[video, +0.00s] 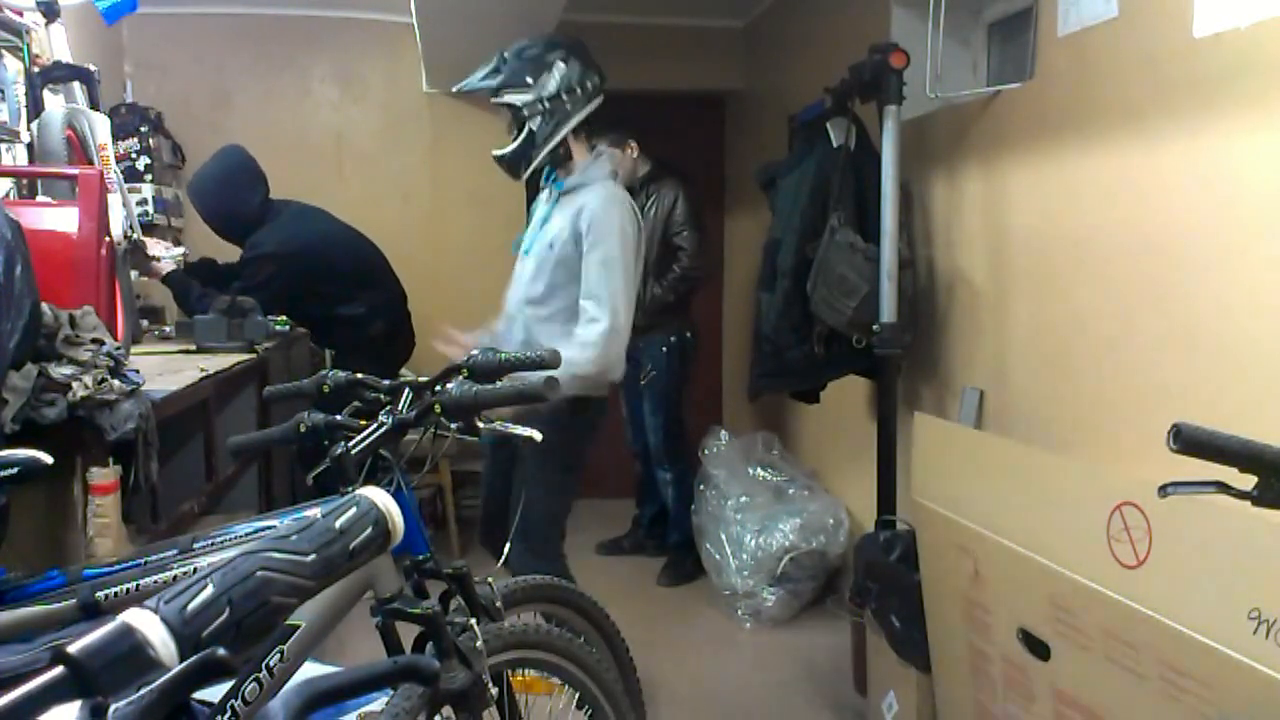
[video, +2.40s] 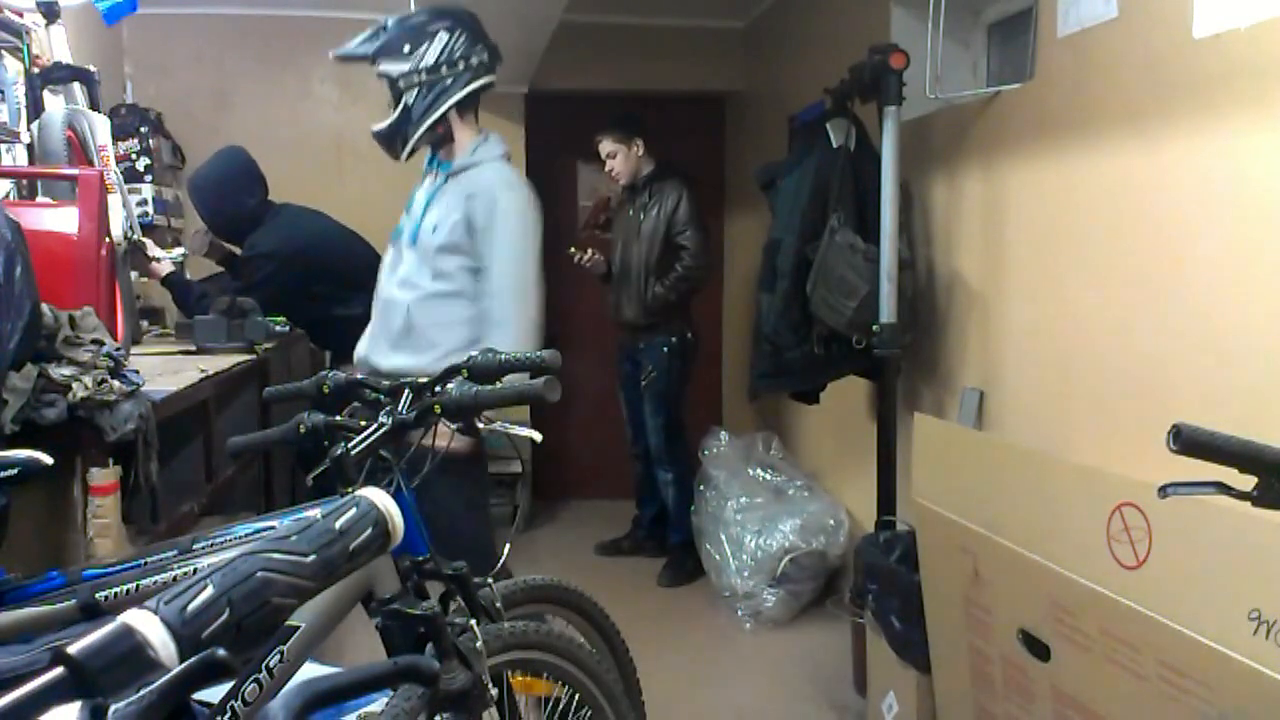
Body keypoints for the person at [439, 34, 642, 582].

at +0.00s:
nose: (509, 134)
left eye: (518, 117)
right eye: (510, 117)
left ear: (555, 116)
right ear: (557, 118)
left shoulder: (605, 204)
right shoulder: (553, 197)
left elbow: (603, 351)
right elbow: (525, 313)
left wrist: (509, 373)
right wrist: (479, 342)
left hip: (562, 402)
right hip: (515, 395)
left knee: (531, 551)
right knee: (500, 537)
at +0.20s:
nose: (509, 142)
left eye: (520, 129)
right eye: (507, 129)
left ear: (560, 127)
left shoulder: (610, 206)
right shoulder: (526, 206)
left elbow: (618, 322)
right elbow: (487, 307)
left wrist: (572, 380)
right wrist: (429, 342)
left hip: (576, 397)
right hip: (515, 393)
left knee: (567, 544)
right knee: (511, 537)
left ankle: (614, 683)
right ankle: (566, 642)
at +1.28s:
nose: (558, 119)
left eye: (570, 102)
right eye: (557, 103)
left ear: (616, 107)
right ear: (610, 113)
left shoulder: (671, 211)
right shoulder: (574, 204)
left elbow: (690, 335)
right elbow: (533, 309)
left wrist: (633, 388)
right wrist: (454, 334)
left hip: (617, 427)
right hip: (548, 416)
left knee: (590, 591)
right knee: (482, 563)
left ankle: (652, 706)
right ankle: (471, 691)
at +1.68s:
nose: (518, 118)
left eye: (530, 101)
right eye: (519, 101)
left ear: (572, 105)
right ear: (570, 109)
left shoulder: (628, 211)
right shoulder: (543, 201)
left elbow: (629, 349)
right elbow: (508, 306)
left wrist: (528, 394)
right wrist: (426, 335)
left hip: (571, 434)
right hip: (502, 416)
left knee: (556, 598)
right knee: (417, 535)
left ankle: (642, 699)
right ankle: (453, 670)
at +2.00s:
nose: (440, 108)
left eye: (448, 91)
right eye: (440, 92)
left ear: (487, 91)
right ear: (491, 93)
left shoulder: (534, 195)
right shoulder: (485, 188)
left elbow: (545, 338)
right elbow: (461, 307)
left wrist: (476, 421)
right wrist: (413, 394)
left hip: (464, 424)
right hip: (426, 413)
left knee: (480, 583)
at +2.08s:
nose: (421, 114)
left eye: (429, 97)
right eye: (422, 98)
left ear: (465, 96)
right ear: (470, 99)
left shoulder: (515, 202)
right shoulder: (470, 196)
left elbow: (501, 347)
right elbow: (442, 322)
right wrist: (381, 354)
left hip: (461, 437)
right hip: (424, 429)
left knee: (458, 610)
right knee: (424, 601)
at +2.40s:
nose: (392, 103)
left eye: (398, 86)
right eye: (392, 87)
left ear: (434, 87)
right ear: (441, 88)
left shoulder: (500, 189)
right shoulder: (436, 181)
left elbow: (513, 318)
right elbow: (405, 292)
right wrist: (363, 368)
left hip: (444, 412)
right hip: (392, 403)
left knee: (465, 575)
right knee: (408, 568)